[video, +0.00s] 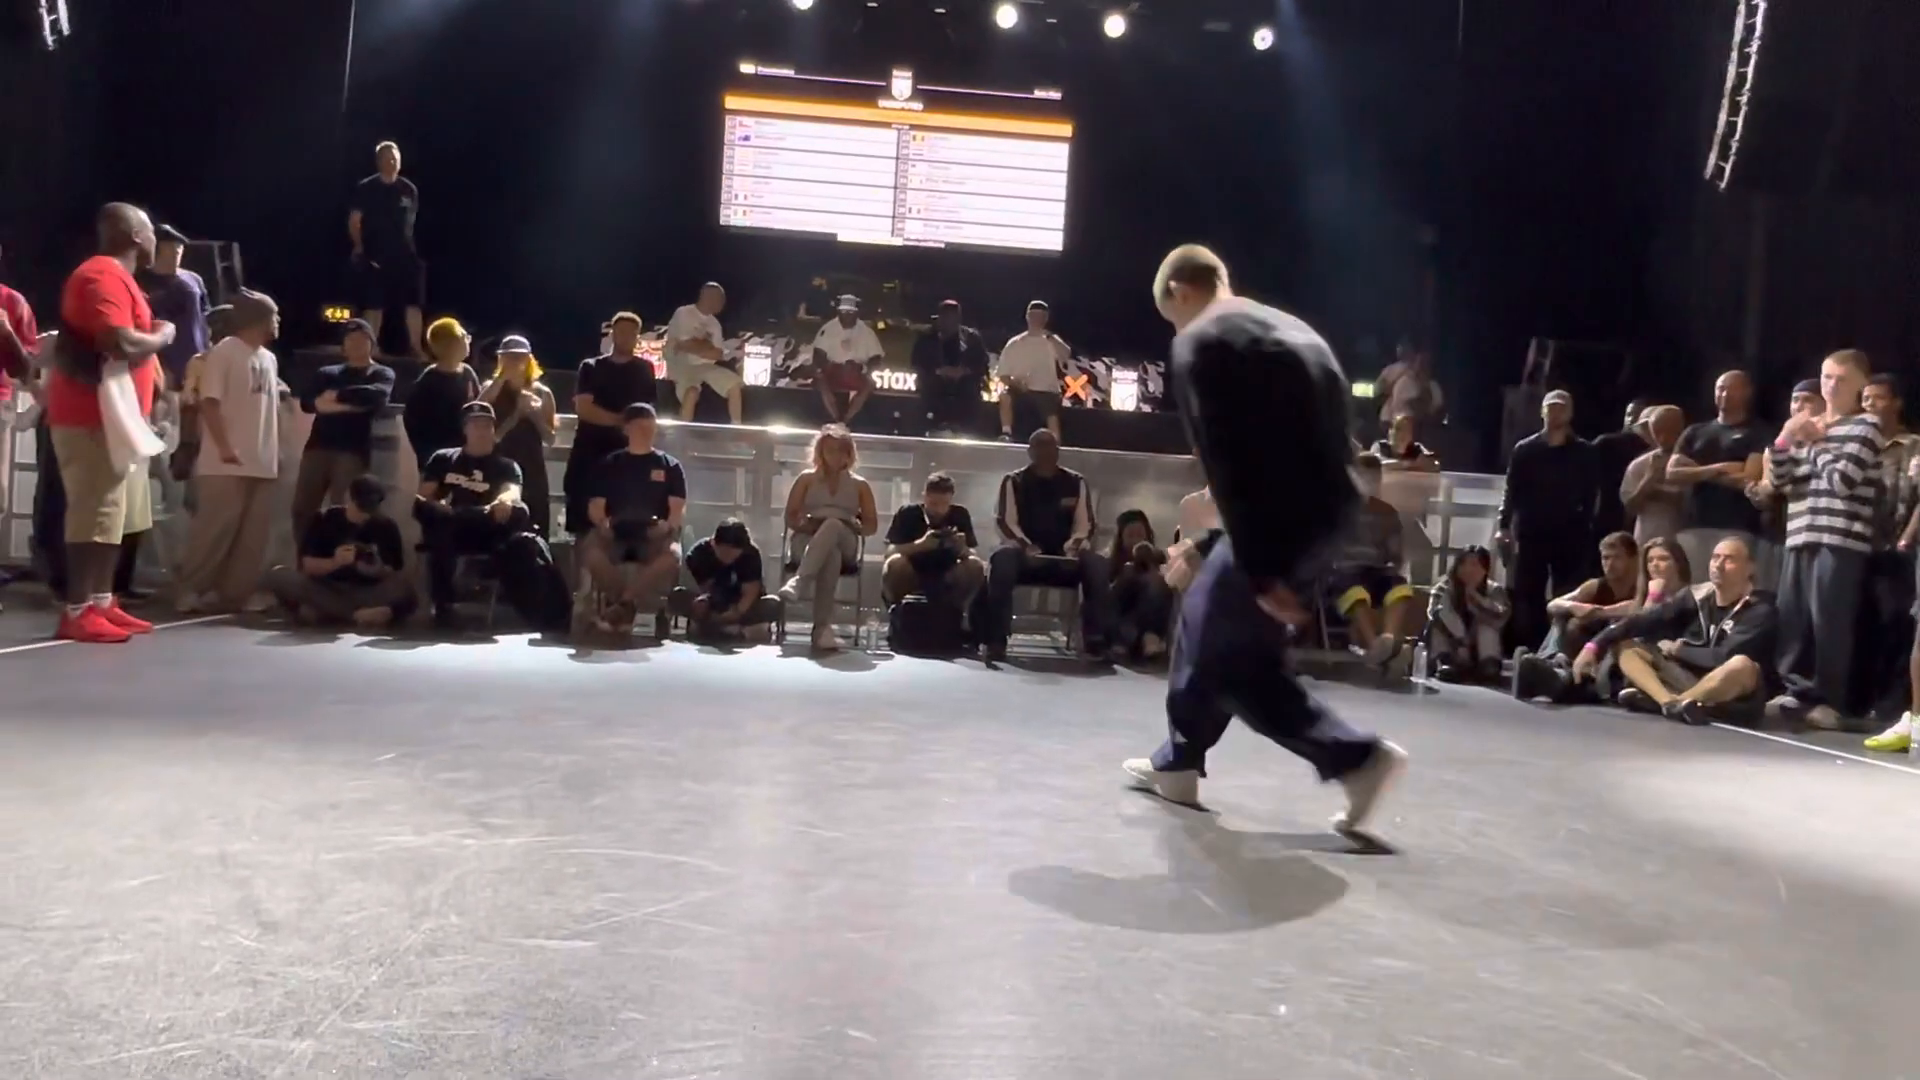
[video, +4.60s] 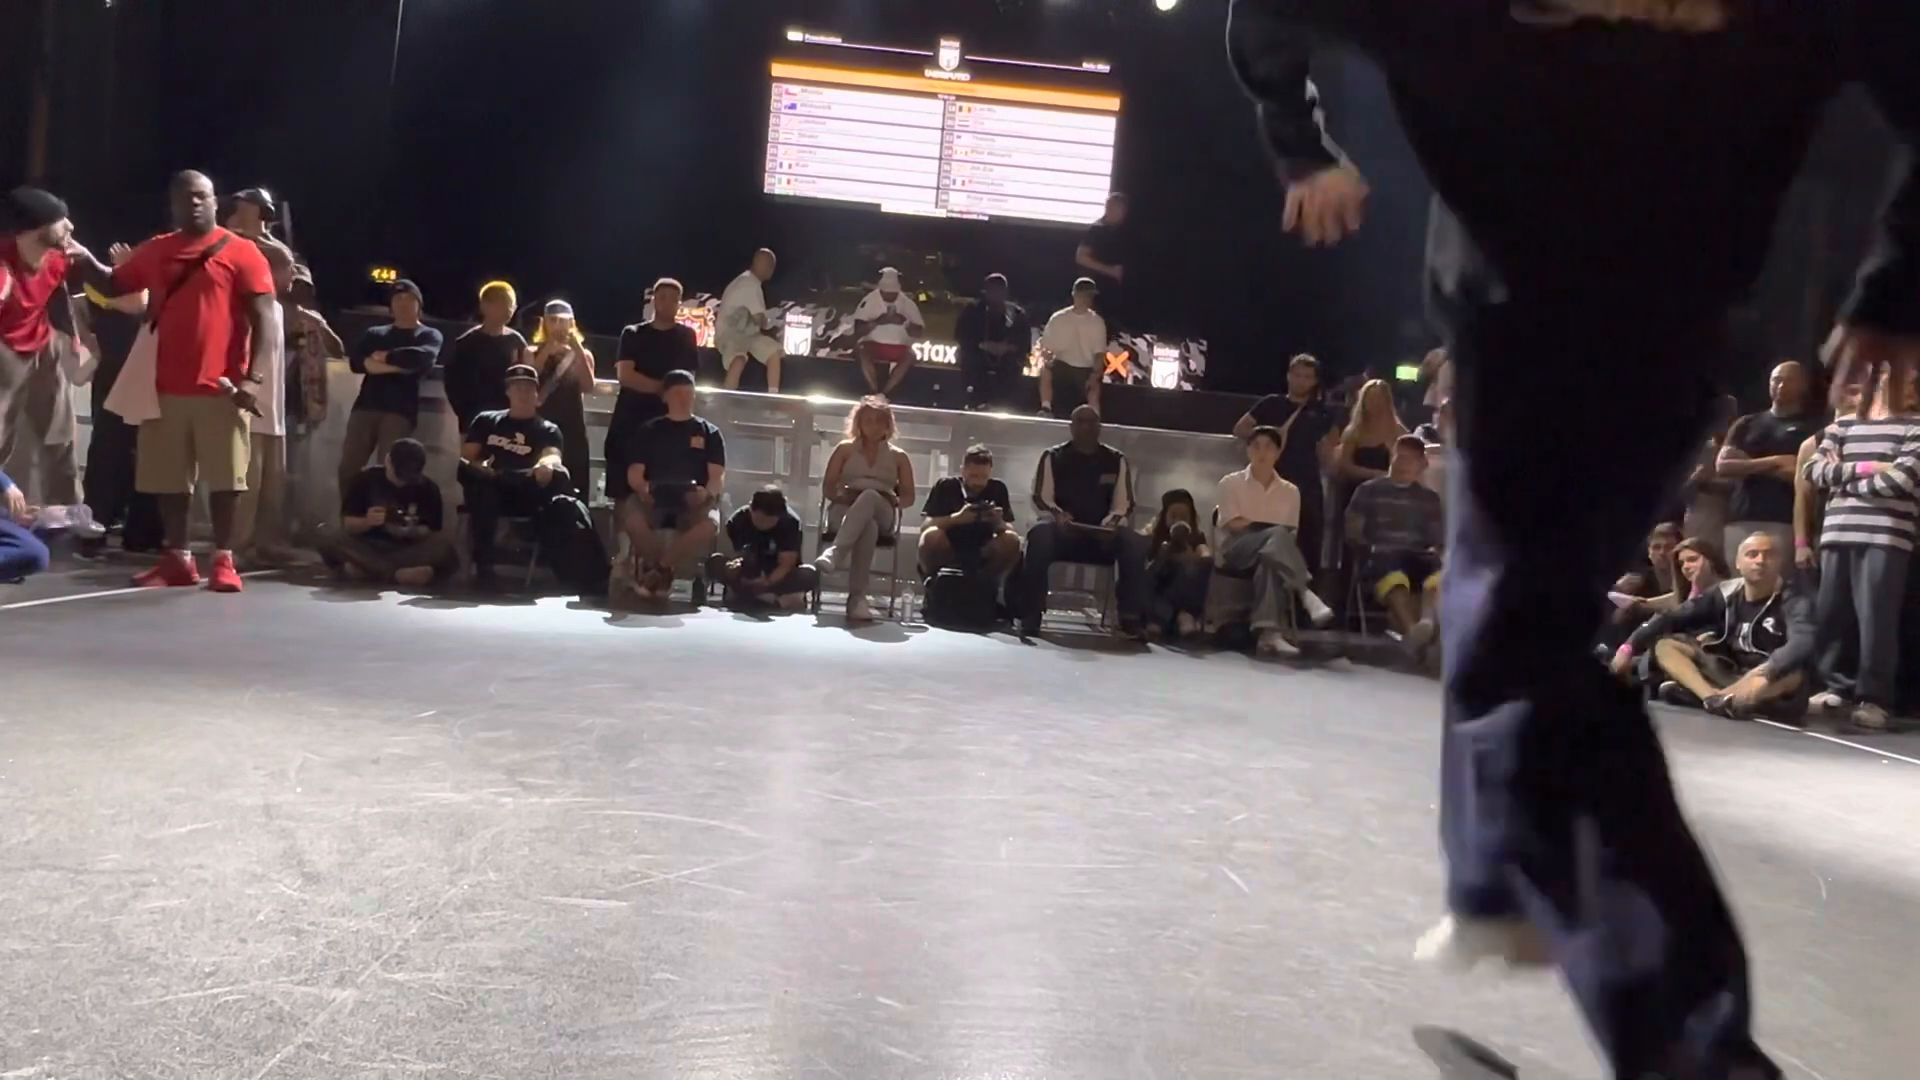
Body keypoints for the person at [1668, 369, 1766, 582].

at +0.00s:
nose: (1722, 394)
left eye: (1729, 389)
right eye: (1720, 389)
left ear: (1746, 393)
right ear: (1715, 393)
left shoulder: (1758, 434)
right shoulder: (1694, 432)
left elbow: (1750, 479)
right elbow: (1671, 473)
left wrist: (1699, 472)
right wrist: (1722, 468)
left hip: (1740, 526)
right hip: (1697, 525)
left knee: (1736, 600)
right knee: (1698, 601)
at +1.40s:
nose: (1760, 389)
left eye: (1766, 384)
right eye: (1756, 384)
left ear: (1784, 388)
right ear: (1751, 388)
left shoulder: (1795, 430)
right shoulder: (1731, 426)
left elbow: (1788, 477)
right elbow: (1707, 469)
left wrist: (1733, 466)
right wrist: (1760, 464)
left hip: (1771, 523)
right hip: (1728, 520)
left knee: (1765, 598)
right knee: (1724, 597)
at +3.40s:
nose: (1781, 382)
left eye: (1789, 378)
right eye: (1778, 377)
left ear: (1804, 384)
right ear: (1771, 382)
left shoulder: (1813, 425)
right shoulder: (1748, 420)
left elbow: (1807, 471)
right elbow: (1723, 463)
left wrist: (1751, 461)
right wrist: (1779, 458)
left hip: (1786, 519)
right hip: (1744, 517)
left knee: (1781, 592)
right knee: (1741, 592)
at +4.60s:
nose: (1780, 385)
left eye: (1787, 380)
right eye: (1776, 380)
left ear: (1802, 385)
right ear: (1770, 384)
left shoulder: (1814, 428)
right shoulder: (1746, 424)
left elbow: (1808, 476)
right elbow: (1723, 466)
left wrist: (1749, 463)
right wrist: (1778, 462)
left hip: (1786, 522)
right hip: (1742, 521)